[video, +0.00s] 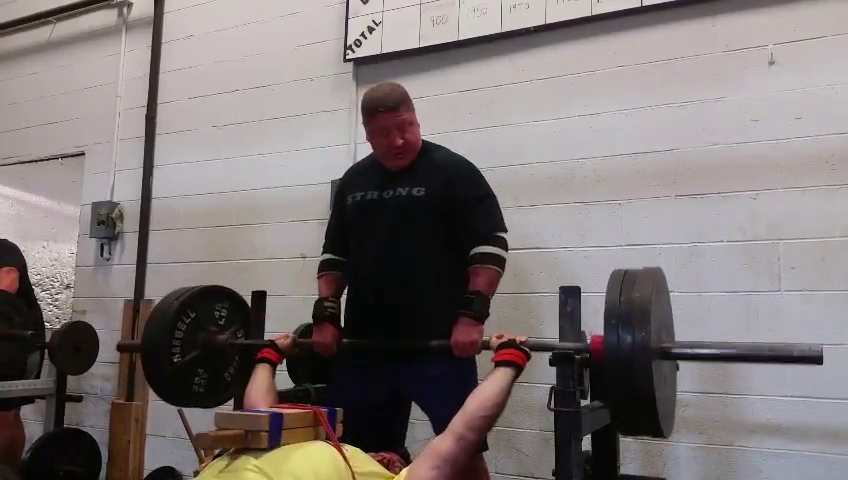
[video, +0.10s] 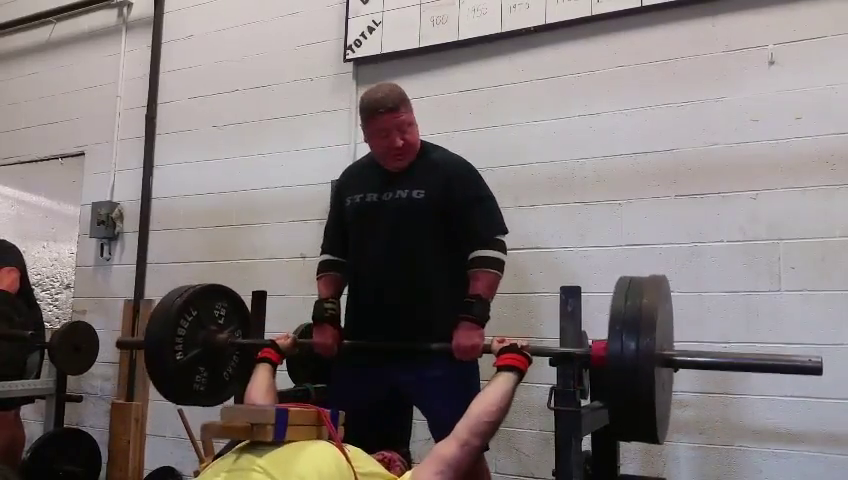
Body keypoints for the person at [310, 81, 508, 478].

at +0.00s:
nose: (397, 141)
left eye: (404, 129)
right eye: (384, 133)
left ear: (417, 121)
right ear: (367, 134)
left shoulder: (455, 173)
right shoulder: (351, 183)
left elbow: (489, 244)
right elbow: (335, 256)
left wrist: (472, 314)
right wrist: (327, 315)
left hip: (441, 345)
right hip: (368, 346)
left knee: (464, 454)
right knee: (367, 460)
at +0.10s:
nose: (398, 142)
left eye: (404, 130)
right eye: (384, 134)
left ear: (416, 121)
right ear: (365, 135)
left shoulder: (454, 173)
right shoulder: (350, 183)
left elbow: (489, 246)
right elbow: (334, 256)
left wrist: (473, 317)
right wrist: (326, 316)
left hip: (442, 348)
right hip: (368, 349)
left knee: (465, 458)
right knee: (368, 462)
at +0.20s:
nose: (398, 144)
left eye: (405, 132)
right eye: (385, 137)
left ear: (416, 122)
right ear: (365, 136)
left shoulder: (453, 172)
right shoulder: (349, 181)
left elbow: (487, 247)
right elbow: (333, 257)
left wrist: (472, 318)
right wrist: (325, 317)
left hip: (442, 345)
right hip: (369, 346)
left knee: (464, 458)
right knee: (371, 462)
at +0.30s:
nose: (398, 145)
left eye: (404, 132)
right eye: (384, 137)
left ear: (415, 122)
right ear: (364, 137)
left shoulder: (452, 172)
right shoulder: (348, 180)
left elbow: (488, 245)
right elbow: (332, 255)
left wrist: (473, 318)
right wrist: (325, 318)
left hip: (443, 345)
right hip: (369, 346)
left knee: (461, 459)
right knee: (368, 462)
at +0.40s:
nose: (396, 145)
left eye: (401, 132)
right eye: (382, 138)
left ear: (411, 121)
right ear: (361, 136)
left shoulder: (451, 172)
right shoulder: (346, 180)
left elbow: (488, 245)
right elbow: (331, 256)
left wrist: (474, 317)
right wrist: (325, 317)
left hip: (443, 344)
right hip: (370, 344)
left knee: (463, 457)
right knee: (368, 460)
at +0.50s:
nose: (394, 146)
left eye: (399, 133)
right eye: (380, 139)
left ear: (409, 122)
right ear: (359, 138)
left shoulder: (449, 172)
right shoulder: (345, 181)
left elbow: (488, 246)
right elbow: (330, 257)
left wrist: (474, 317)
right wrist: (326, 318)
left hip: (443, 344)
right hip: (369, 344)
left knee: (466, 458)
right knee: (367, 460)